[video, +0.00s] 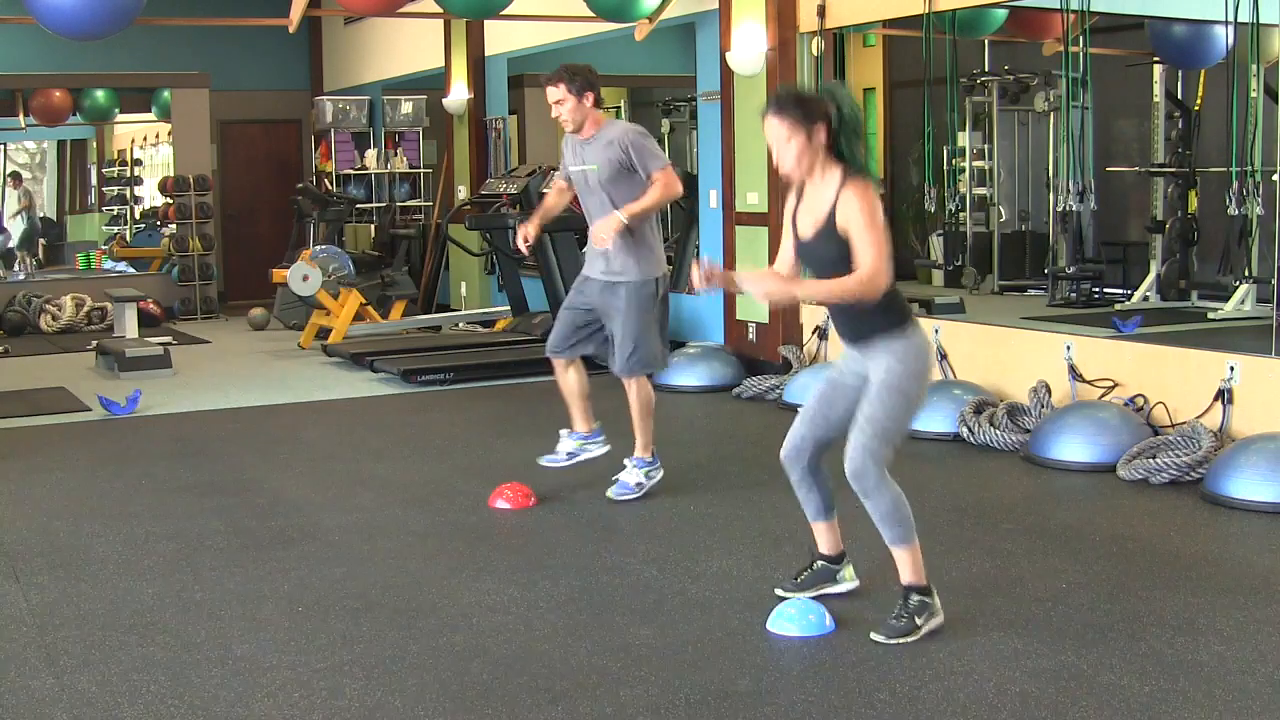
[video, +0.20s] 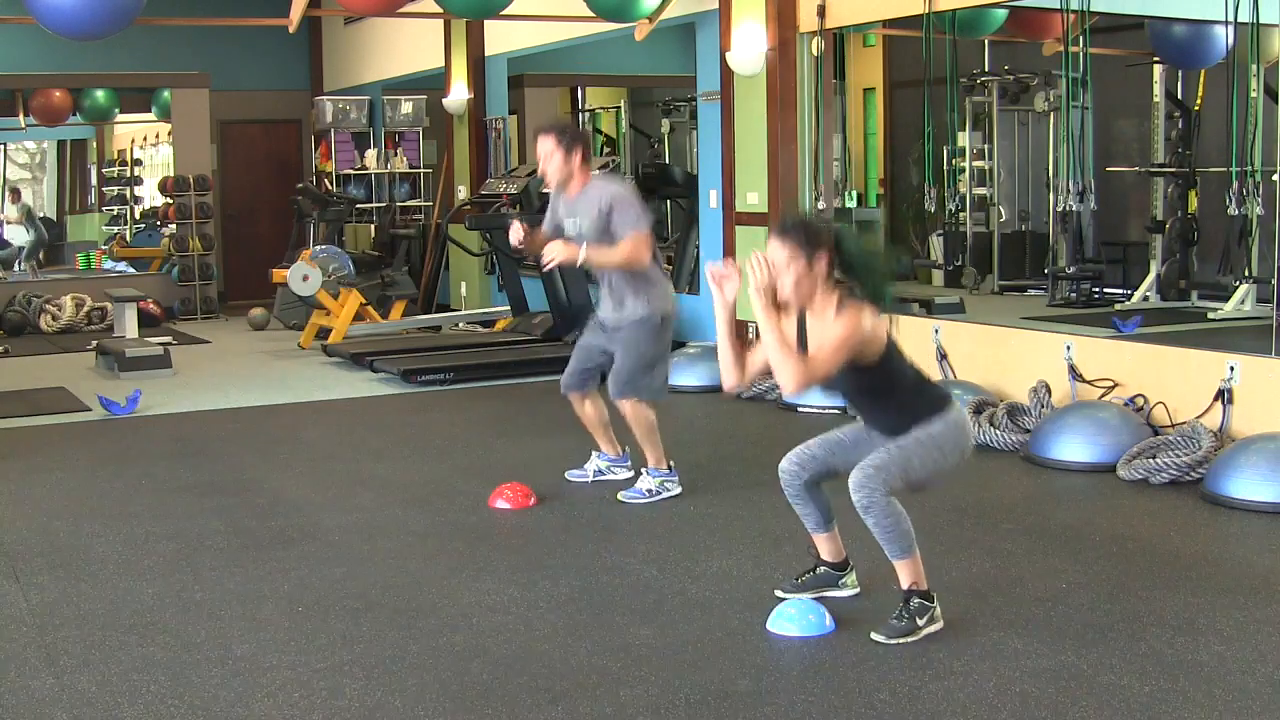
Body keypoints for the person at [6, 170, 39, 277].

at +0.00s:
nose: (9, 184)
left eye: (11, 181)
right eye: (9, 182)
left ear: (18, 181)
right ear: (17, 181)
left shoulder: (23, 191)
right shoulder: (22, 191)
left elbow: (25, 204)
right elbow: (24, 205)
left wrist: (14, 214)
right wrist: (15, 215)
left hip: (31, 224)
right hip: (32, 224)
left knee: (19, 247)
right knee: (28, 250)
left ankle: (25, 272)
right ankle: (31, 272)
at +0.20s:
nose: (9, 198)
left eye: (11, 195)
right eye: (9, 196)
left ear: (17, 195)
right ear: (11, 196)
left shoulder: (23, 206)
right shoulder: (21, 207)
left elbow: (20, 220)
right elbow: (21, 221)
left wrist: (6, 218)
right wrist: (9, 221)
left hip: (38, 235)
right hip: (36, 235)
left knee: (26, 258)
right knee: (29, 257)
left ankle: (33, 279)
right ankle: (37, 278)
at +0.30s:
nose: (9, 213)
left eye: (10, 210)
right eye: (8, 210)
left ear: (16, 210)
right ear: (16, 210)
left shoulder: (22, 219)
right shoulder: (22, 219)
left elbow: (18, 235)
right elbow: (18, 234)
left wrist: (6, 229)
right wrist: (8, 229)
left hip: (42, 243)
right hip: (40, 242)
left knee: (25, 260)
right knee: (26, 259)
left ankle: (35, 278)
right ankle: (37, 278)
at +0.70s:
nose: (9, 211)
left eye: (10, 209)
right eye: (9, 209)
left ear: (16, 209)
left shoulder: (22, 218)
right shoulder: (20, 219)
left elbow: (24, 229)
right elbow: (18, 230)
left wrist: (13, 237)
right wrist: (10, 236)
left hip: (42, 243)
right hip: (37, 243)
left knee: (25, 259)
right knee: (24, 259)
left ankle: (34, 278)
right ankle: (36, 278)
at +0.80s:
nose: (9, 197)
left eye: (10, 194)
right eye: (9, 194)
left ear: (17, 194)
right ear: (16, 194)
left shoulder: (24, 204)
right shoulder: (21, 206)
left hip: (36, 234)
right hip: (32, 233)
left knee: (25, 259)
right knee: (28, 259)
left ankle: (34, 279)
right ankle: (37, 278)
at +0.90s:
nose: (10, 185)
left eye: (12, 182)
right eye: (9, 183)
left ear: (19, 182)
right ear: (7, 184)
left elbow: (38, 199)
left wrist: (31, 212)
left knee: (26, 252)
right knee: (19, 251)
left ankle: (34, 273)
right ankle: (27, 274)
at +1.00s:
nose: (11, 183)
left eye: (13, 179)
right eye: (10, 180)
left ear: (20, 179)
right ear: (10, 181)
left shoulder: (27, 190)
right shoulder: (20, 193)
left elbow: (37, 199)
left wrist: (30, 210)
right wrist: (5, 208)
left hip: (30, 223)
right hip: (23, 223)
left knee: (28, 251)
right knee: (17, 248)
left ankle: (35, 274)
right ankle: (17, 272)